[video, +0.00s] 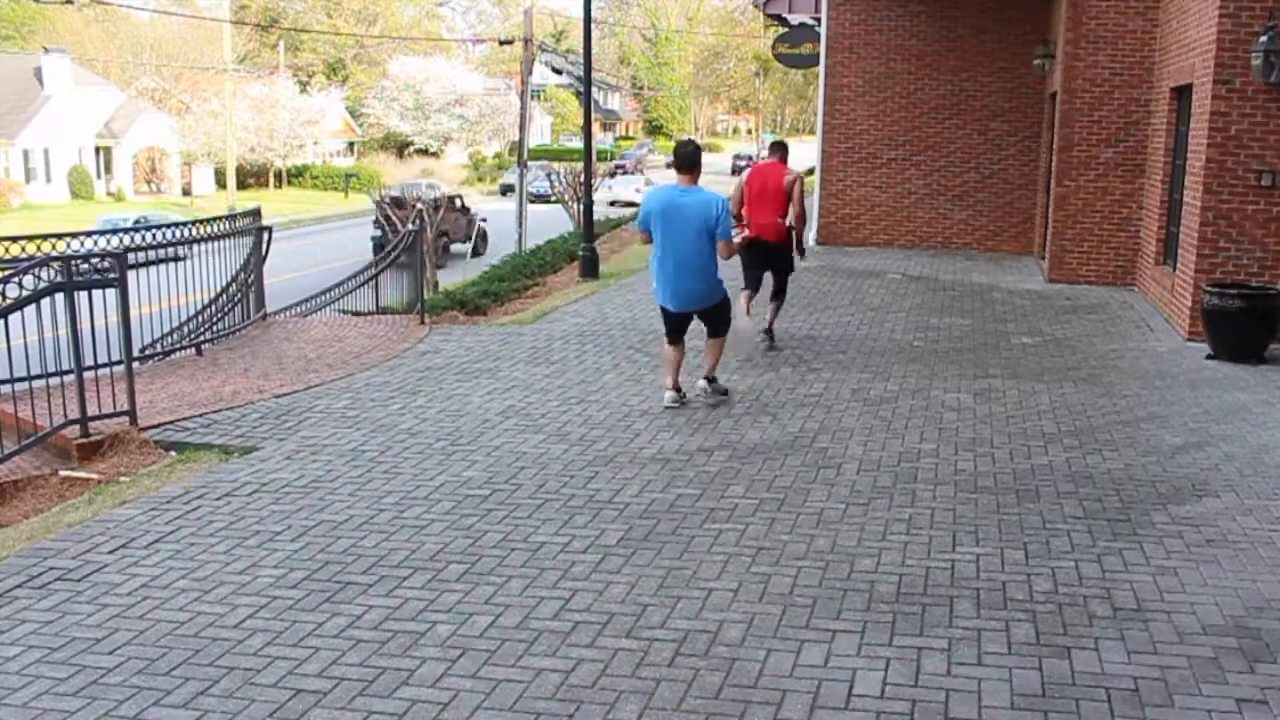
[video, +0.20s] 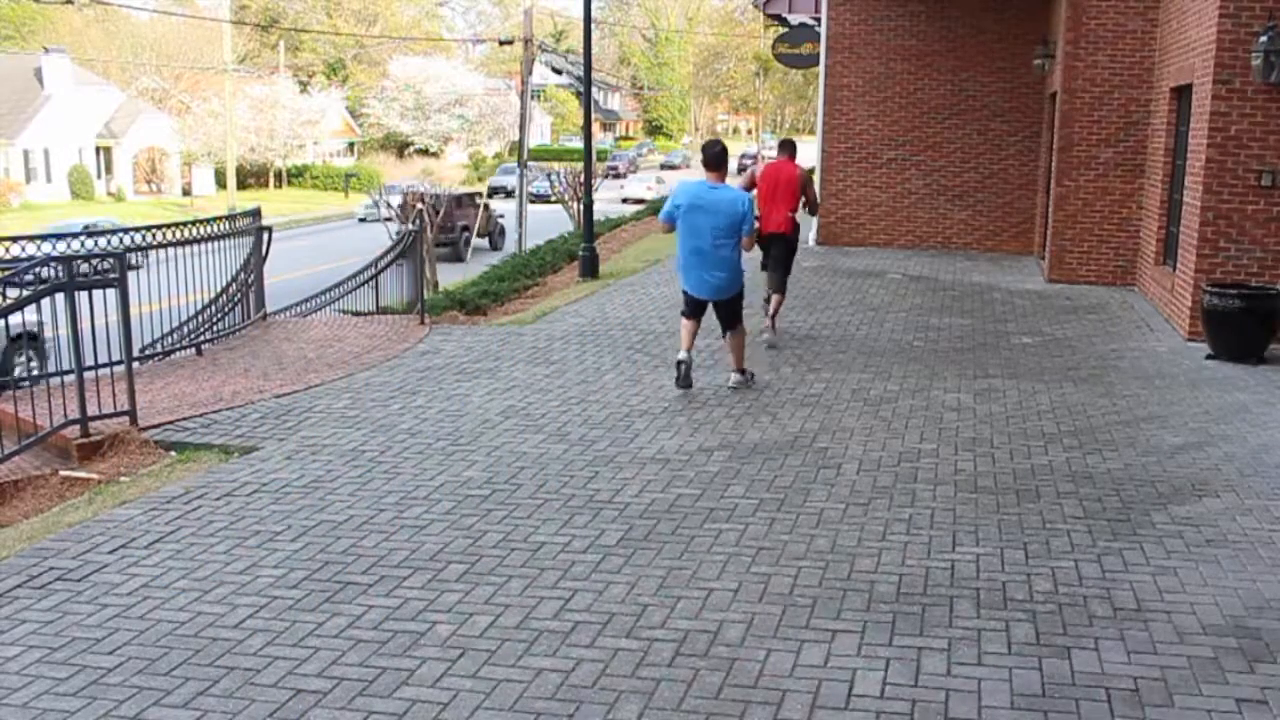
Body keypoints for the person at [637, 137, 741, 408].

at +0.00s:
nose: (696, 168)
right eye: (699, 163)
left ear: (674, 165)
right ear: (700, 166)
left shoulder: (654, 198)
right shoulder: (715, 203)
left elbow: (644, 237)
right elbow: (725, 252)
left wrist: (669, 227)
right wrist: (739, 243)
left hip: (669, 291)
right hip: (704, 289)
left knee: (674, 340)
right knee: (719, 325)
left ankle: (671, 387)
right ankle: (708, 377)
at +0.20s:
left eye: (706, 162)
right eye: (724, 162)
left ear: (702, 164)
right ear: (727, 164)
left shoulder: (684, 191)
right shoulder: (741, 199)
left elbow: (665, 225)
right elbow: (747, 244)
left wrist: (688, 216)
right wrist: (748, 226)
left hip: (693, 277)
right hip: (726, 279)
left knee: (691, 314)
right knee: (734, 327)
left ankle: (684, 353)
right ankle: (738, 371)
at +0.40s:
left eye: (720, 158)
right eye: (735, 157)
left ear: (715, 160)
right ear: (739, 159)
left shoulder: (700, 188)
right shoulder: (756, 191)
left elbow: (692, 224)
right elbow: (766, 232)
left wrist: (711, 218)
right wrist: (774, 227)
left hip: (713, 268)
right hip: (744, 268)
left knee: (718, 315)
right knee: (749, 311)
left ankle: (721, 353)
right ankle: (743, 346)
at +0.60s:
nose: (753, 160)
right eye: (754, 157)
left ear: (732, 159)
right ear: (754, 159)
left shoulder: (716, 187)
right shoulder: (766, 191)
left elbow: (706, 219)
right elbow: (773, 232)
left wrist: (726, 209)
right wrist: (778, 225)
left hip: (727, 262)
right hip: (758, 262)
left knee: (727, 306)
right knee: (767, 300)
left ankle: (726, 347)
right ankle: (770, 336)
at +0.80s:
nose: (773, 159)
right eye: (773, 156)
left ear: (752, 157)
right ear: (773, 158)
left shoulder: (736, 183)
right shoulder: (786, 188)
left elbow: (722, 212)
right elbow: (791, 224)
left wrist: (740, 199)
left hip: (745, 252)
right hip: (774, 255)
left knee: (745, 283)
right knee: (777, 294)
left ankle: (739, 325)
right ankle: (776, 335)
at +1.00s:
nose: (772, 154)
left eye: (763, 151)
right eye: (777, 150)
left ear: (759, 152)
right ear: (779, 151)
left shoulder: (747, 177)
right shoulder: (793, 180)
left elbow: (738, 206)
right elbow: (801, 215)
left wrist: (756, 202)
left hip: (758, 245)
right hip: (785, 245)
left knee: (760, 287)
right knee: (790, 278)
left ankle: (759, 323)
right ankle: (782, 310)